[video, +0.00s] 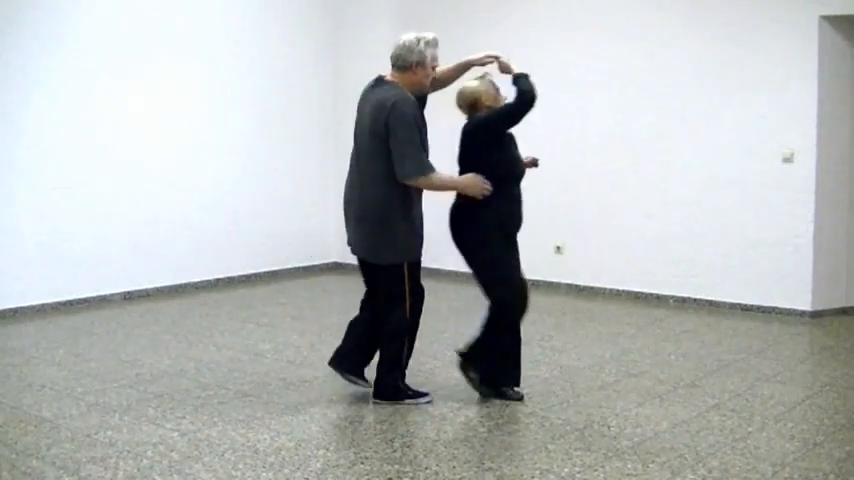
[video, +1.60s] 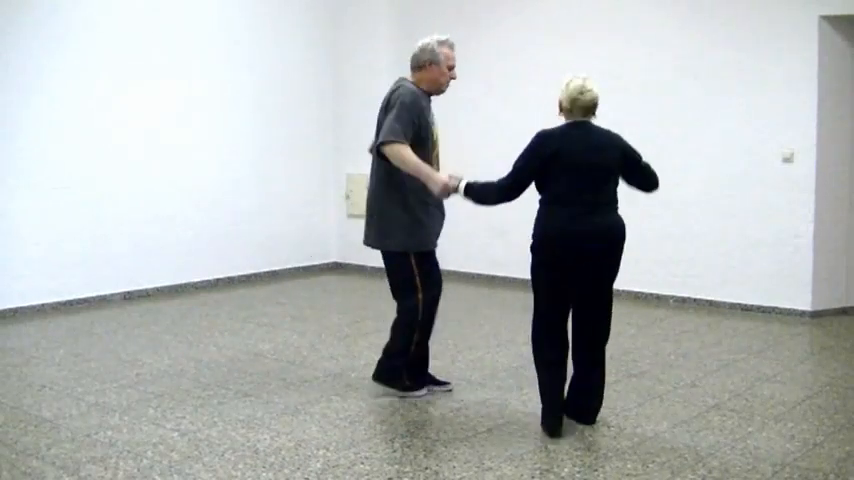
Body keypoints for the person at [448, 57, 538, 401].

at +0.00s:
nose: (500, 93)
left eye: (497, 89)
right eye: (494, 90)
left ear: (477, 101)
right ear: (486, 98)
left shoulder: (491, 129)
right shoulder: (481, 128)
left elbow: (493, 168)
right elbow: (525, 101)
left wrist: (521, 164)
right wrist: (517, 73)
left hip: (493, 223)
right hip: (479, 224)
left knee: (511, 297)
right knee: (511, 297)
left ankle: (498, 378)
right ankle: (474, 360)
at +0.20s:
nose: (519, 95)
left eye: (516, 91)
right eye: (516, 92)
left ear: (486, 106)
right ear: (513, 100)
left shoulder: (486, 138)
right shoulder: (521, 127)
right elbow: (566, 98)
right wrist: (539, 81)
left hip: (488, 230)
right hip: (517, 232)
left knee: (505, 303)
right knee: (539, 306)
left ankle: (500, 382)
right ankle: (519, 388)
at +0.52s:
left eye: (516, 100)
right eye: (540, 98)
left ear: (513, 104)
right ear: (544, 101)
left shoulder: (500, 135)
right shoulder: (559, 131)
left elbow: (483, 178)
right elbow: (580, 157)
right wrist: (550, 138)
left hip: (509, 226)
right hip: (554, 224)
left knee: (511, 304)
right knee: (562, 301)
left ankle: (512, 392)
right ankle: (566, 383)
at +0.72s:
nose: (525, 110)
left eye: (527, 105)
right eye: (526, 104)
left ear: (537, 109)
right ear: (560, 110)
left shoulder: (526, 142)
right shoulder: (581, 144)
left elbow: (500, 197)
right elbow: (575, 189)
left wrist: (474, 181)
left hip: (533, 239)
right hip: (579, 239)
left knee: (522, 315)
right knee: (578, 318)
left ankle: (513, 394)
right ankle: (582, 405)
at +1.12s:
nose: (546, 106)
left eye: (549, 101)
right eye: (547, 100)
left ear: (557, 106)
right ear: (584, 107)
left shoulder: (550, 140)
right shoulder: (603, 144)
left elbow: (515, 190)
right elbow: (614, 199)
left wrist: (476, 184)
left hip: (558, 245)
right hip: (601, 247)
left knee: (547, 321)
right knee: (588, 326)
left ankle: (557, 406)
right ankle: (585, 409)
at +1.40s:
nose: (552, 102)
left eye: (554, 98)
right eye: (554, 97)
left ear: (562, 101)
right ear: (590, 102)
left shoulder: (551, 134)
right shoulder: (608, 133)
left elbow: (510, 178)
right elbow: (631, 167)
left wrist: (483, 159)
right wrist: (598, 153)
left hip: (559, 234)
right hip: (605, 236)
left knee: (540, 309)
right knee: (594, 319)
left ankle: (549, 394)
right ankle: (584, 408)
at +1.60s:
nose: (559, 107)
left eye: (560, 103)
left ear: (562, 107)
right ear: (595, 108)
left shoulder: (547, 141)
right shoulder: (612, 143)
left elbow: (507, 189)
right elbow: (649, 182)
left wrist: (462, 187)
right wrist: (619, 160)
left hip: (553, 248)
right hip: (602, 249)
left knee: (549, 327)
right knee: (592, 327)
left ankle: (551, 417)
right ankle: (584, 408)